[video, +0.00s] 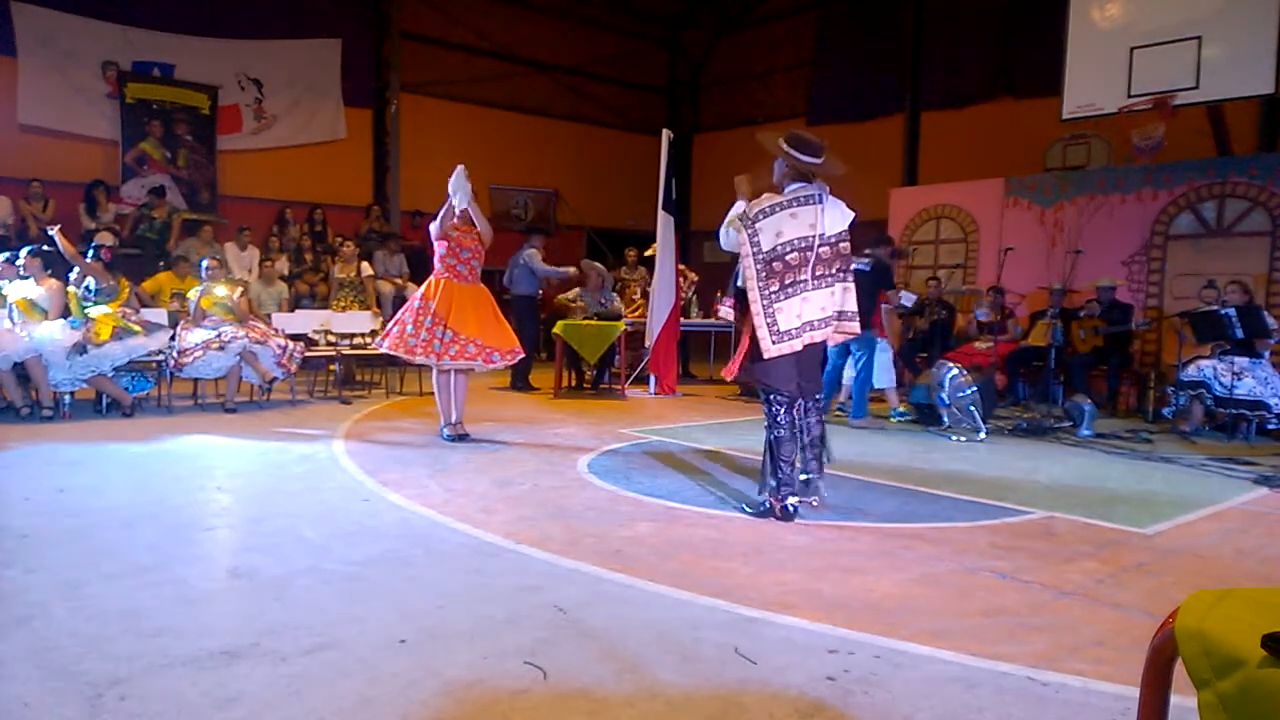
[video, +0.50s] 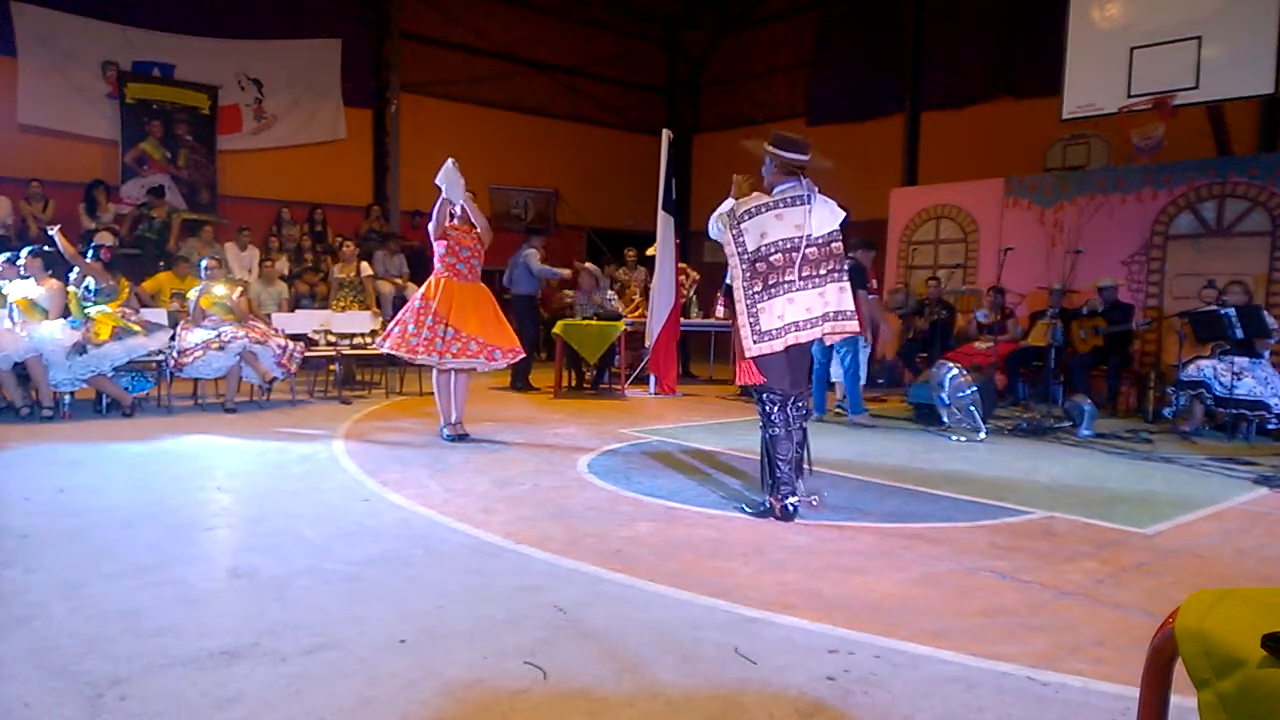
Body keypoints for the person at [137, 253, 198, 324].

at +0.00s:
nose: (187, 270)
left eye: (188, 267)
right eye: (184, 267)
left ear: (190, 268)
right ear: (176, 267)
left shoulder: (194, 282)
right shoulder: (163, 278)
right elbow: (141, 291)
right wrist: (154, 307)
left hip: (187, 317)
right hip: (164, 315)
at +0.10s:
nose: (187, 270)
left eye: (188, 267)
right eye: (184, 267)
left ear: (190, 268)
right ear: (175, 267)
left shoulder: (194, 282)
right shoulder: (163, 278)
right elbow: (141, 291)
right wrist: (154, 307)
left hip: (187, 317)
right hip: (164, 314)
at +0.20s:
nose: (187, 270)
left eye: (188, 267)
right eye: (184, 268)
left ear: (190, 268)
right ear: (175, 268)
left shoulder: (194, 282)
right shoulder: (163, 278)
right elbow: (141, 291)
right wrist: (154, 307)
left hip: (187, 317)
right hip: (164, 315)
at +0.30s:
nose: (187, 271)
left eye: (188, 268)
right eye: (184, 268)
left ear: (190, 268)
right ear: (175, 267)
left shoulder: (194, 282)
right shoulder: (163, 278)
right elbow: (141, 291)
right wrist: (154, 307)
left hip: (187, 317)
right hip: (165, 315)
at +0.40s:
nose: (187, 271)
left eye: (188, 268)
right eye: (184, 268)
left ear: (190, 268)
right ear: (175, 267)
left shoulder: (194, 282)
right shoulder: (163, 278)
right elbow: (141, 291)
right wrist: (154, 307)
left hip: (187, 316)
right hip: (164, 314)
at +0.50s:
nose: (187, 271)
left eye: (188, 268)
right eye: (184, 268)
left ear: (190, 268)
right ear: (175, 268)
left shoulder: (194, 282)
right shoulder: (163, 278)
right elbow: (141, 291)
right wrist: (154, 307)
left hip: (187, 316)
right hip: (164, 314)